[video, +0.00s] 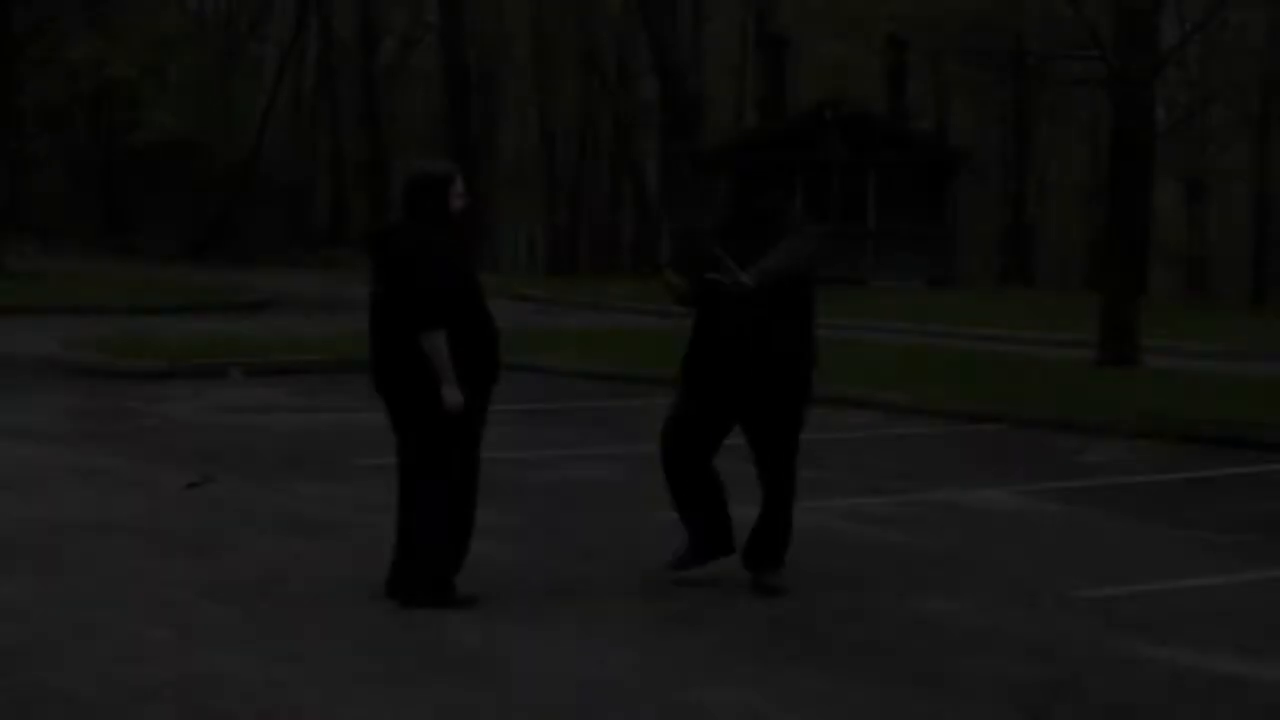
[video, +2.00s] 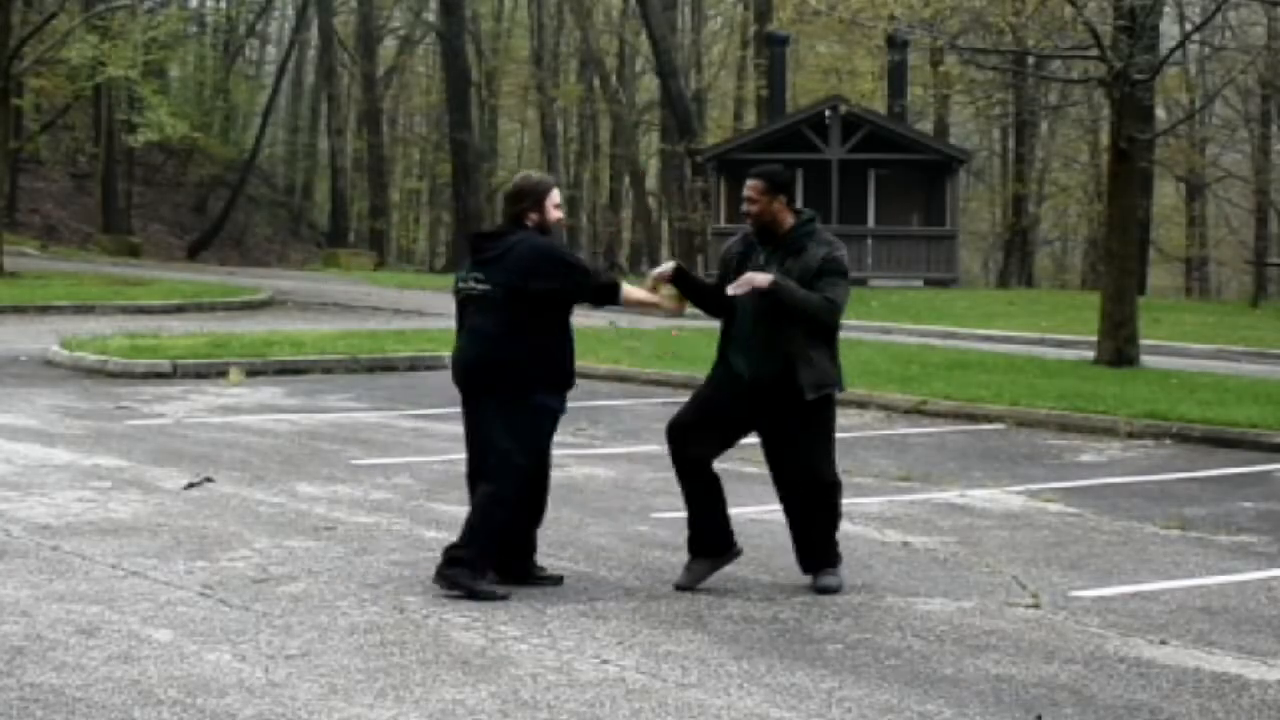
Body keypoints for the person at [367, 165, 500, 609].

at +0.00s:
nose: (463, 204)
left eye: (461, 195)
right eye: (456, 196)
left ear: (421, 200)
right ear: (439, 201)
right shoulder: (436, 247)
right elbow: (433, 327)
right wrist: (451, 385)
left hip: (416, 390)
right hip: (443, 394)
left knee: (425, 486)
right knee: (445, 489)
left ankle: (415, 577)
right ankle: (432, 582)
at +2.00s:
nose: (563, 215)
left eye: (561, 206)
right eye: (557, 207)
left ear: (521, 213)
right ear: (534, 213)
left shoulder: (488, 253)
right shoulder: (542, 254)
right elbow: (601, 289)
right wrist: (658, 301)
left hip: (485, 385)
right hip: (527, 390)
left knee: (500, 472)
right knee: (519, 478)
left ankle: (515, 562)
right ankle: (463, 566)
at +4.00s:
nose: (668, 213)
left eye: (667, 206)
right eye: (660, 207)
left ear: (641, 215)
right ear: (636, 215)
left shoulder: (655, 253)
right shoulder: (620, 260)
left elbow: (710, 242)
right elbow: (661, 313)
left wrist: (746, 201)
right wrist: (719, 319)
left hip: (654, 384)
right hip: (643, 390)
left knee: (633, 469)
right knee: (679, 473)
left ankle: (611, 560)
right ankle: (699, 567)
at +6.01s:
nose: (646, 256)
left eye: (652, 246)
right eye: (643, 248)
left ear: (679, 237)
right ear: (652, 243)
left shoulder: (720, 272)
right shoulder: (660, 276)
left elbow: (676, 320)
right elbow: (626, 305)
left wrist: (612, 307)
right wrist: (598, 301)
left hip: (766, 390)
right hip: (709, 396)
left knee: (814, 470)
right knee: (663, 455)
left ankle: (878, 560)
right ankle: (678, 560)